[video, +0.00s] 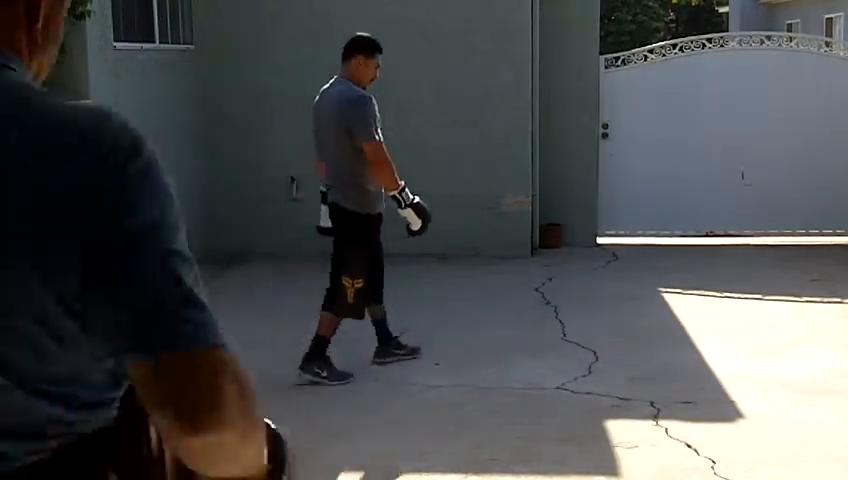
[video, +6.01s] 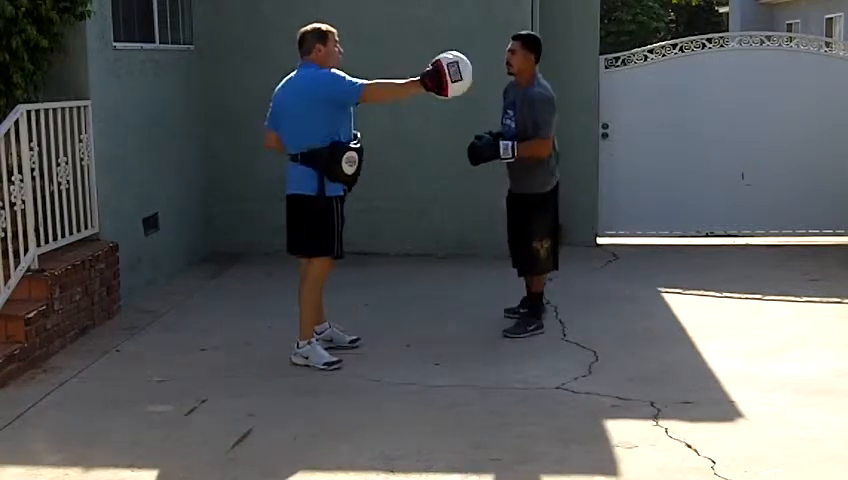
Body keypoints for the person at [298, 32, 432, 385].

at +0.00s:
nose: (377, 73)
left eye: (378, 66)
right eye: (374, 65)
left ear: (351, 62)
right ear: (357, 62)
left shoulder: (327, 96)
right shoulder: (358, 100)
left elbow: (323, 157)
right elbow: (377, 158)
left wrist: (326, 196)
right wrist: (406, 199)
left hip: (345, 204)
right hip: (358, 208)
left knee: (372, 274)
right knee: (345, 282)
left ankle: (386, 341)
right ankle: (315, 358)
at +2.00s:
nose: (509, 62)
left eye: (511, 56)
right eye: (509, 56)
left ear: (526, 57)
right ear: (537, 57)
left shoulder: (523, 96)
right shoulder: (560, 87)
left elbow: (507, 147)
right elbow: (556, 139)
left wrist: (489, 188)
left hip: (519, 193)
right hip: (551, 190)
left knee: (506, 260)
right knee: (554, 255)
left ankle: (504, 329)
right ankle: (568, 325)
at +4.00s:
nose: (538, 56)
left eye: (544, 50)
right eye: (538, 50)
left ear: (561, 54)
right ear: (550, 56)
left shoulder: (567, 90)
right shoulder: (556, 87)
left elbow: (567, 142)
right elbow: (555, 141)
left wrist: (551, 184)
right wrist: (540, 183)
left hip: (564, 190)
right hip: (552, 189)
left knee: (562, 255)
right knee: (554, 253)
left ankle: (585, 318)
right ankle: (571, 314)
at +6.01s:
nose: (507, 57)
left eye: (513, 52)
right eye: (507, 52)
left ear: (531, 58)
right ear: (512, 58)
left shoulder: (541, 95)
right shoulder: (511, 91)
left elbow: (543, 147)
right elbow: (511, 133)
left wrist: (501, 150)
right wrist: (492, 140)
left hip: (539, 188)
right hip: (520, 186)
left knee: (536, 249)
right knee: (522, 246)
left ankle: (536, 314)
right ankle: (531, 301)